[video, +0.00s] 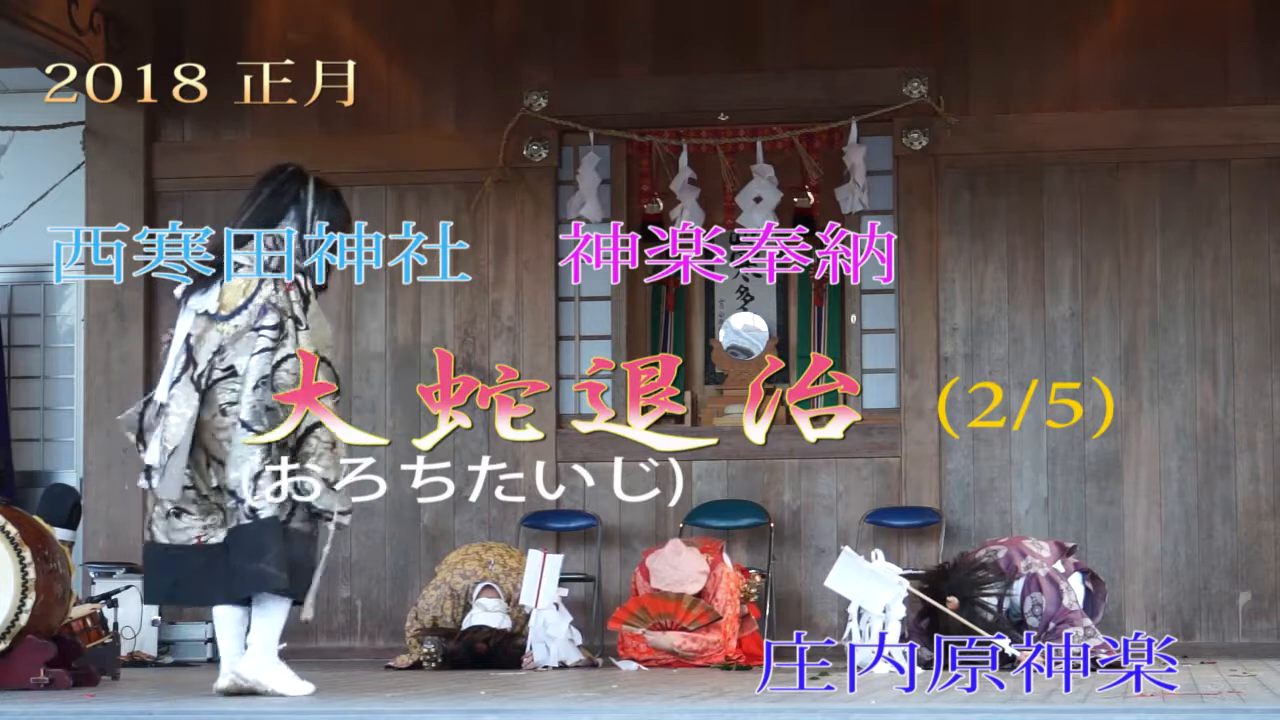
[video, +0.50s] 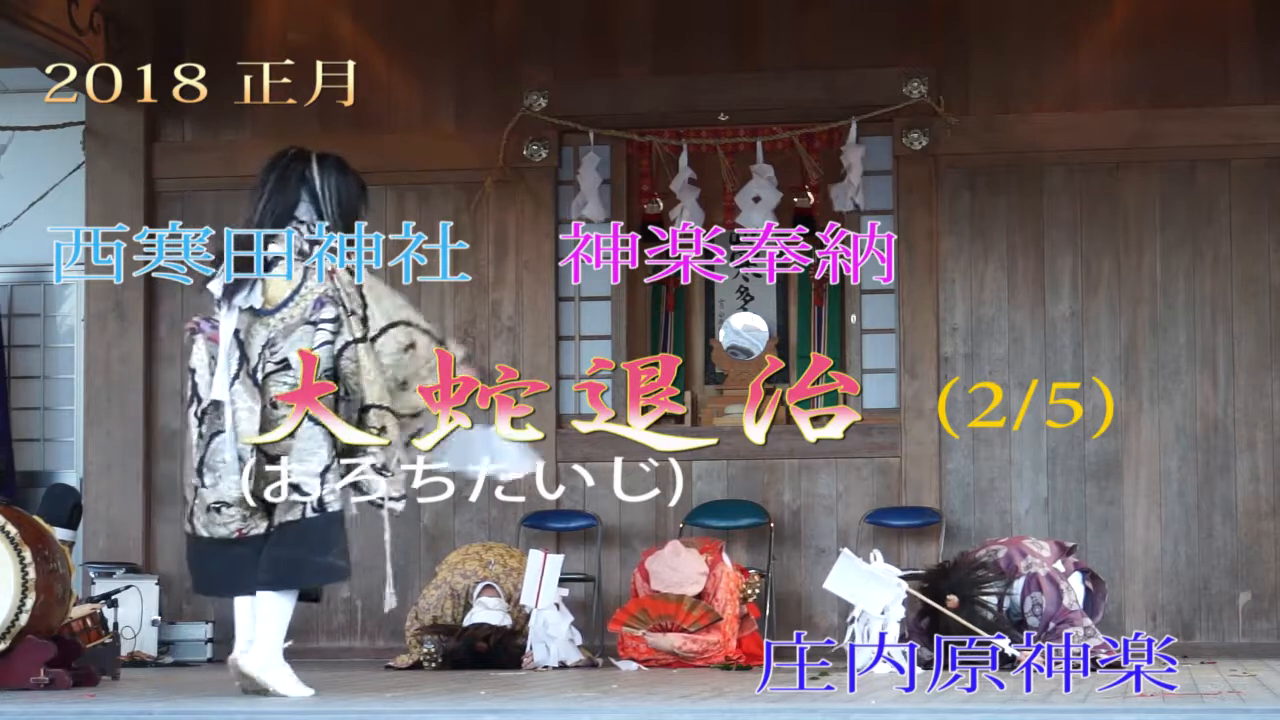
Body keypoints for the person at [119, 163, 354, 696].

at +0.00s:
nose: (328, 253)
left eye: (330, 238)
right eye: (325, 237)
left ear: (257, 216)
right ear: (302, 231)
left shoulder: (208, 290)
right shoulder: (286, 292)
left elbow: (182, 372)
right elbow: (290, 379)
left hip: (206, 428)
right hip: (260, 429)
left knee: (225, 539)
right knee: (283, 535)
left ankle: (231, 664)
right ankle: (263, 655)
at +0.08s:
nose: (332, 252)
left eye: (333, 237)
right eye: (329, 236)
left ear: (259, 214)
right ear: (306, 228)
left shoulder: (214, 290)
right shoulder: (293, 295)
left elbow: (187, 371)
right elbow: (310, 382)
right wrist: (317, 462)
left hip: (207, 432)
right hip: (264, 435)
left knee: (223, 541)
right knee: (281, 537)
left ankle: (230, 661)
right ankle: (263, 656)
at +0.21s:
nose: (334, 235)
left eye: (335, 222)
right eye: (332, 221)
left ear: (260, 206)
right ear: (313, 219)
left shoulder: (217, 286)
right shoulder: (309, 293)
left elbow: (195, 367)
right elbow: (334, 383)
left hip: (212, 431)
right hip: (276, 435)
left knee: (227, 537)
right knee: (287, 533)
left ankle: (233, 655)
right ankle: (264, 654)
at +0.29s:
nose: (342, 229)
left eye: (341, 216)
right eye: (339, 216)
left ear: (264, 201)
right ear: (320, 213)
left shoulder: (228, 275)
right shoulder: (313, 285)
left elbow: (205, 356)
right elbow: (340, 368)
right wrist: (371, 402)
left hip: (222, 428)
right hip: (281, 433)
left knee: (235, 535)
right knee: (286, 535)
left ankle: (233, 652)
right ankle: (264, 655)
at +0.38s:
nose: (349, 224)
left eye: (347, 213)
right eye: (344, 212)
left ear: (268, 200)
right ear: (325, 211)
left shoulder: (232, 274)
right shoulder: (319, 283)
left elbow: (211, 360)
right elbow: (344, 373)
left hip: (228, 428)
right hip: (289, 436)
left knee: (240, 532)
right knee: (292, 534)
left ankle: (239, 647)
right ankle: (265, 652)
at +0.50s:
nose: (346, 224)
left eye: (337, 216)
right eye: (343, 212)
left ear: (272, 204)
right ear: (328, 209)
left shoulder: (245, 277)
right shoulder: (329, 283)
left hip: (241, 420)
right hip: (301, 424)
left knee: (252, 528)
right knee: (295, 530)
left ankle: (247, 646)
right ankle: (266, 652)